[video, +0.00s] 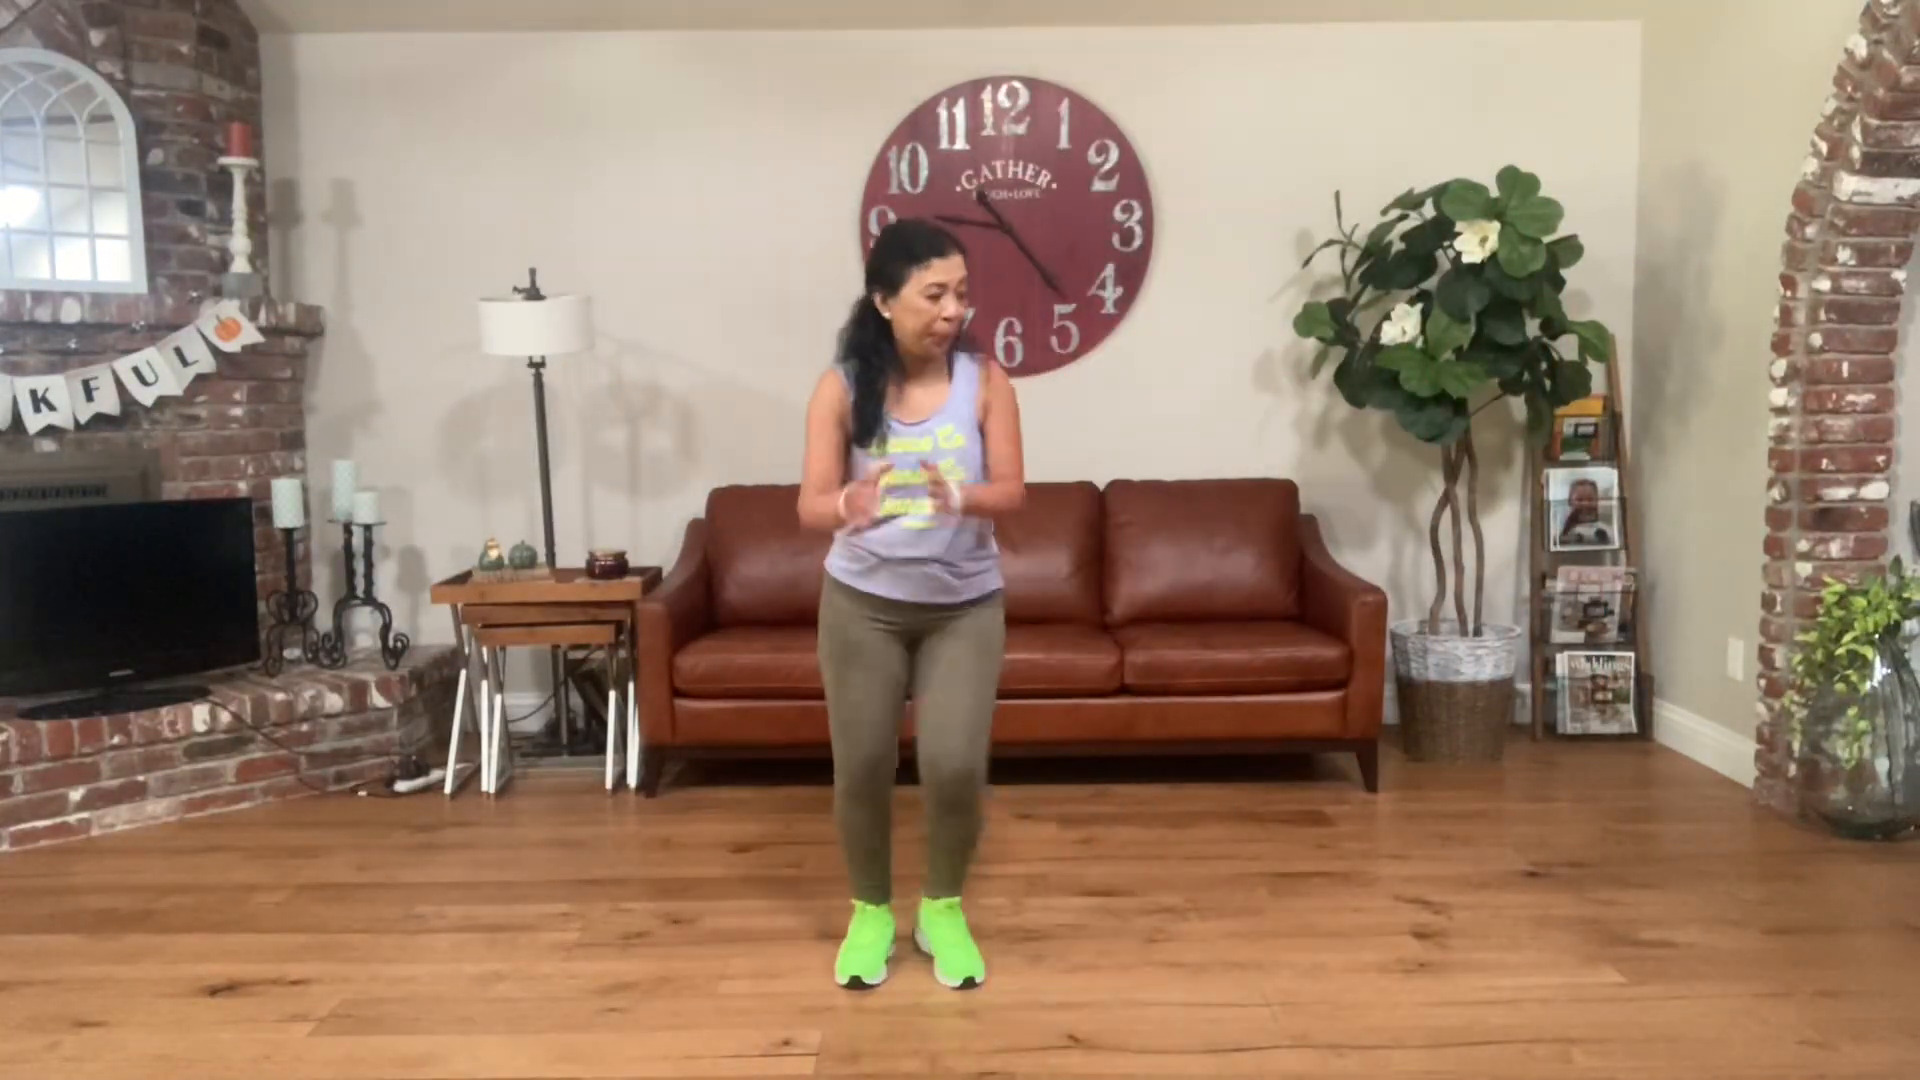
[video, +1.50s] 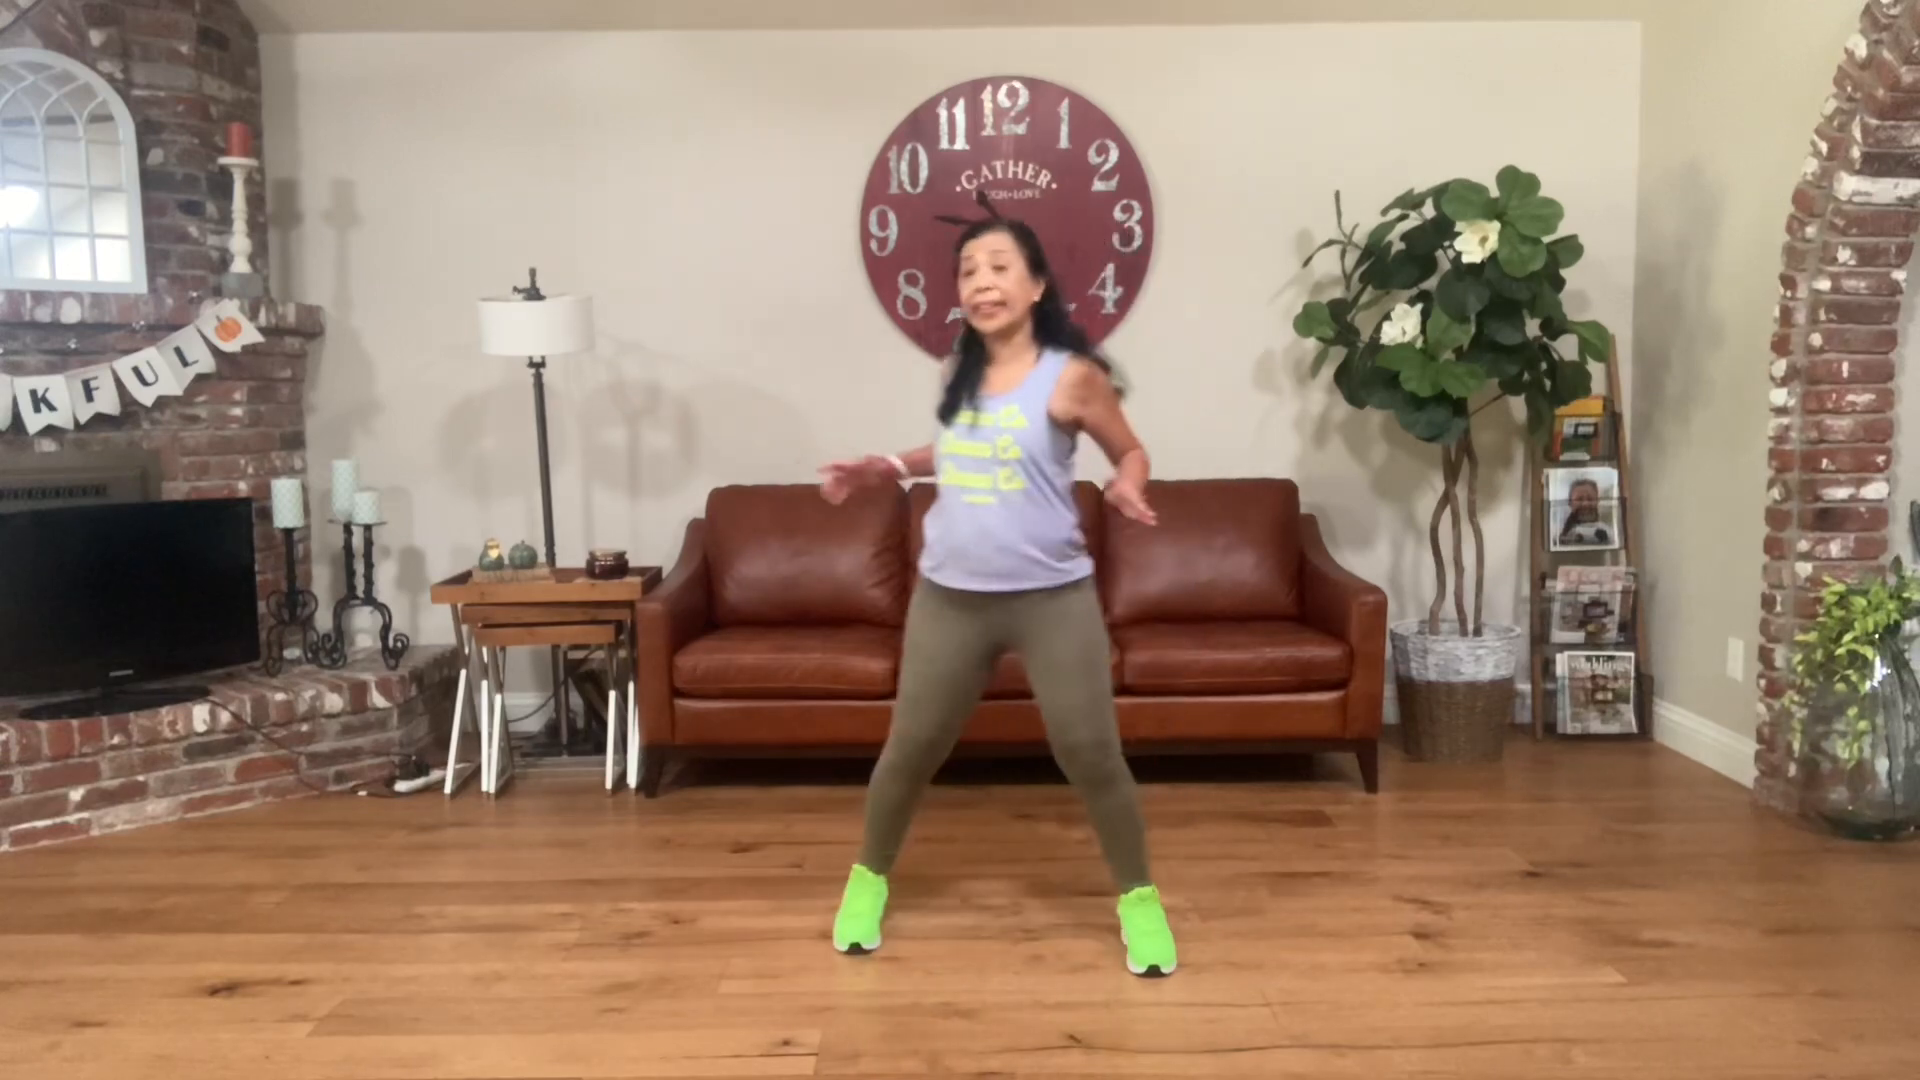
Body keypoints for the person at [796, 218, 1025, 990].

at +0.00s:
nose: (952, 309)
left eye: (959, 292)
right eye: (934, 294)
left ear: (967, 297)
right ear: (884, 303)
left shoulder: (986, 382)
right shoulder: (842, 388)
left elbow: (1010, 494)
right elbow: (812, 507)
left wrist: (959, 499)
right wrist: (849, 505)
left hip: (967, 606)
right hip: (861, 603)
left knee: (954, 765)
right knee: (862, 766)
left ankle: (942, 909)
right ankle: (871, 912)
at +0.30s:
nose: (984, 288)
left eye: (998, 273)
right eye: (965, 274)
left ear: (1016, 290)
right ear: (933, 295)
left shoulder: (1039, 383)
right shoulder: (901, 386)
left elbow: (1054, 457)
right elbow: (845, 469)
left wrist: (1089, 502)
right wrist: (850, 513)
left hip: (1012, 604)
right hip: (906, 598)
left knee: (1066, 763)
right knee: (888, 765)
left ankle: (1125, 894)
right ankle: (870, 912)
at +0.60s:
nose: (1056, 284)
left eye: (1071, 267)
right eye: (1038, 271)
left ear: (1098, 281)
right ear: (1017, 291)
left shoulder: (1133, 370)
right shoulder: (995, 384)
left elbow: (1166, 461)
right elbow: (971, 492)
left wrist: (1187, 468)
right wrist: (970, 500)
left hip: (1124, 596)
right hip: (1017, 591)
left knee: (1132, 754)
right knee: (960, 748)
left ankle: (1142, 901)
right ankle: (895, 904)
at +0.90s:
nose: (1066, 295)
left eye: (1083, 277)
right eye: (1054, 281)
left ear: (1124, 283)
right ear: (1042, 293)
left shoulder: (1165, 369)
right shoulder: (1026, 373)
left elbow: (1175, 478)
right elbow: (1024, 480)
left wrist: (1110, 436)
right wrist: (1077, 433)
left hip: (1156, 586)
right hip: (1055, 592)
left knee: (1156, 746)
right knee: (1079, 751)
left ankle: (1145, 897)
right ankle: (1085, 887)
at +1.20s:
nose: (1031, 319)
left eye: (1047, 302)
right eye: (1025, 304)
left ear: (1096, 305)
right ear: (1023, 308)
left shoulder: (1156, 389)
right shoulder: (1022, 383)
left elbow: (1207, 486)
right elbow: (985, 477)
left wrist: (1182, 512)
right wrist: (957, 499)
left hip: (1139, 591)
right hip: (1040, 590)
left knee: (1138, 748)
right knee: (992, 722)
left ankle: (1143, 898)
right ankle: (1031, 858)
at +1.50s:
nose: (982, 285)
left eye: (1000, 268)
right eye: (969, 274)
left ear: (1037, 285)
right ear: (959, 296)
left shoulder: (1072, 378)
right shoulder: (961, 378)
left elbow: (1131, 453)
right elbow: (959, 457)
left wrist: (1126, 481)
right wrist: (885, 468)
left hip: (1053, 595)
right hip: (949, 596)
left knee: (1089, 749)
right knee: (911, 744)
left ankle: (1138, 900)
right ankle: (868, 881)